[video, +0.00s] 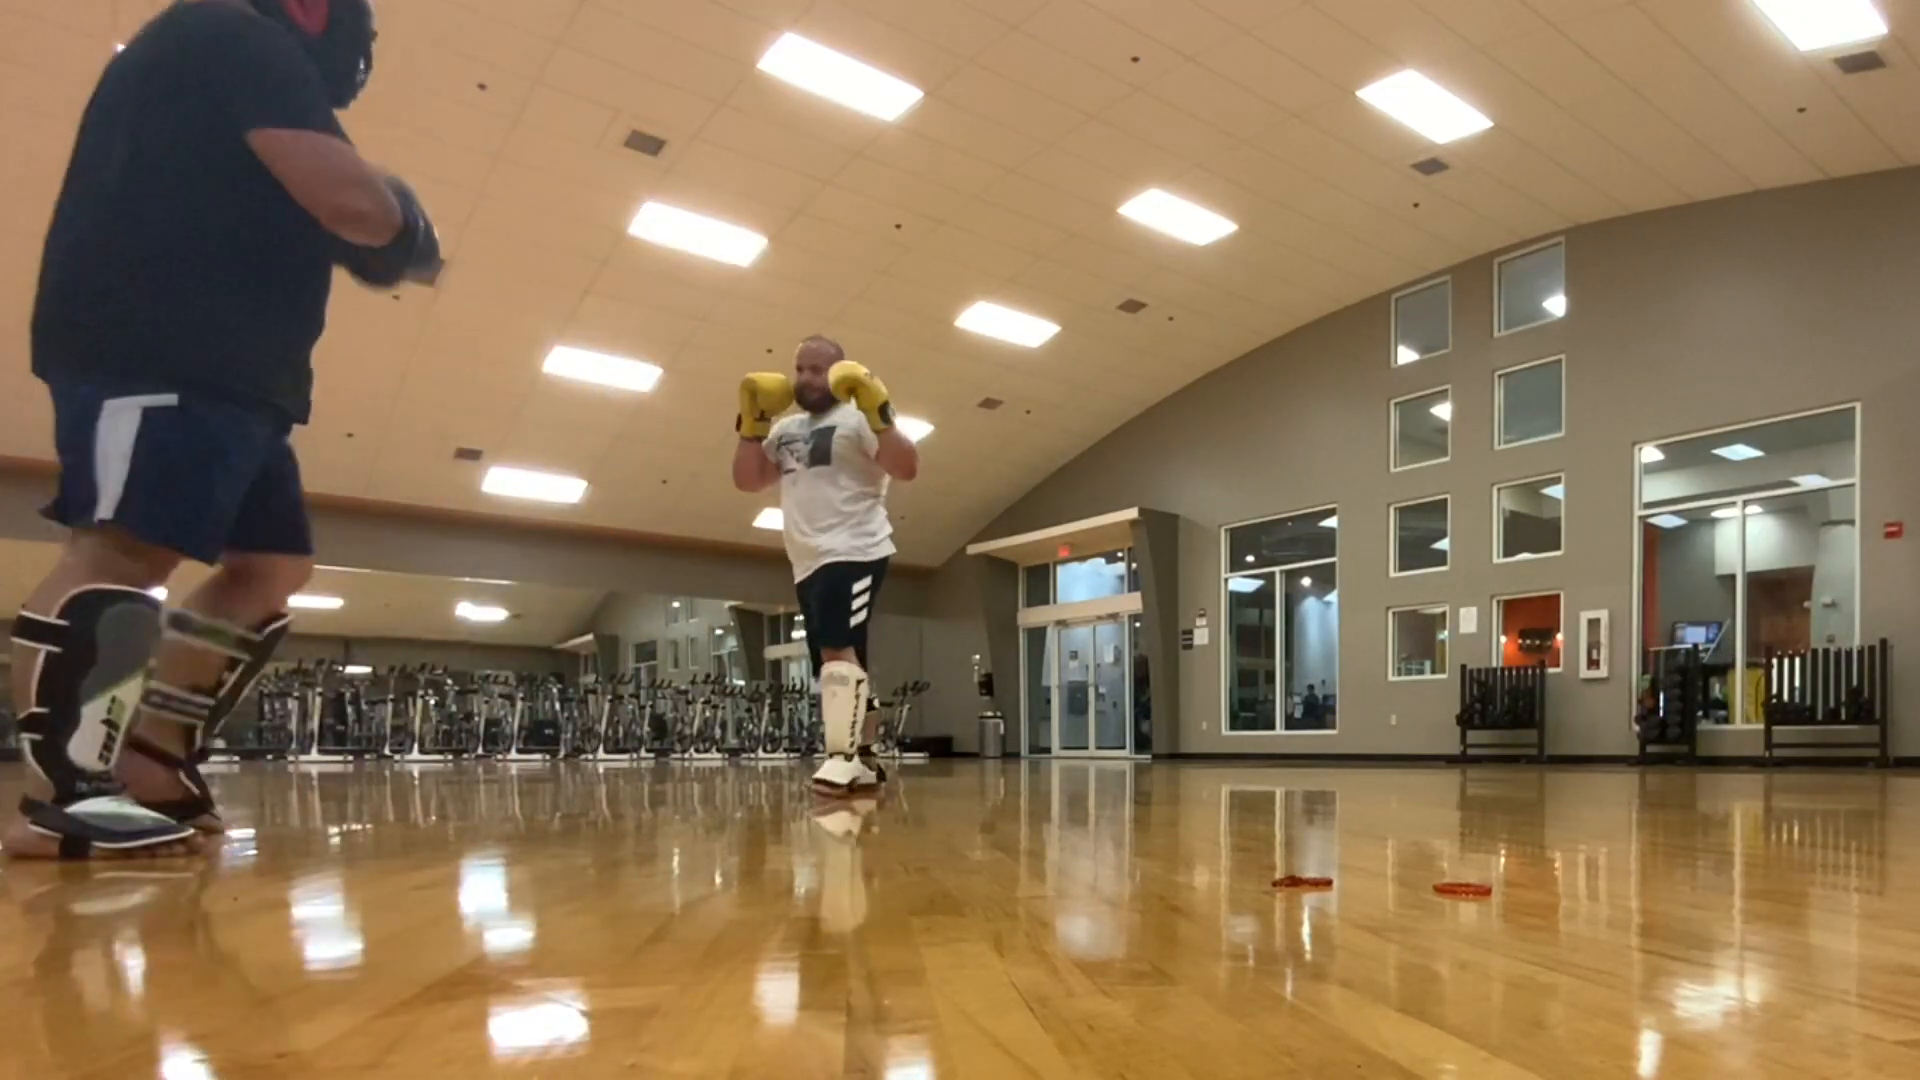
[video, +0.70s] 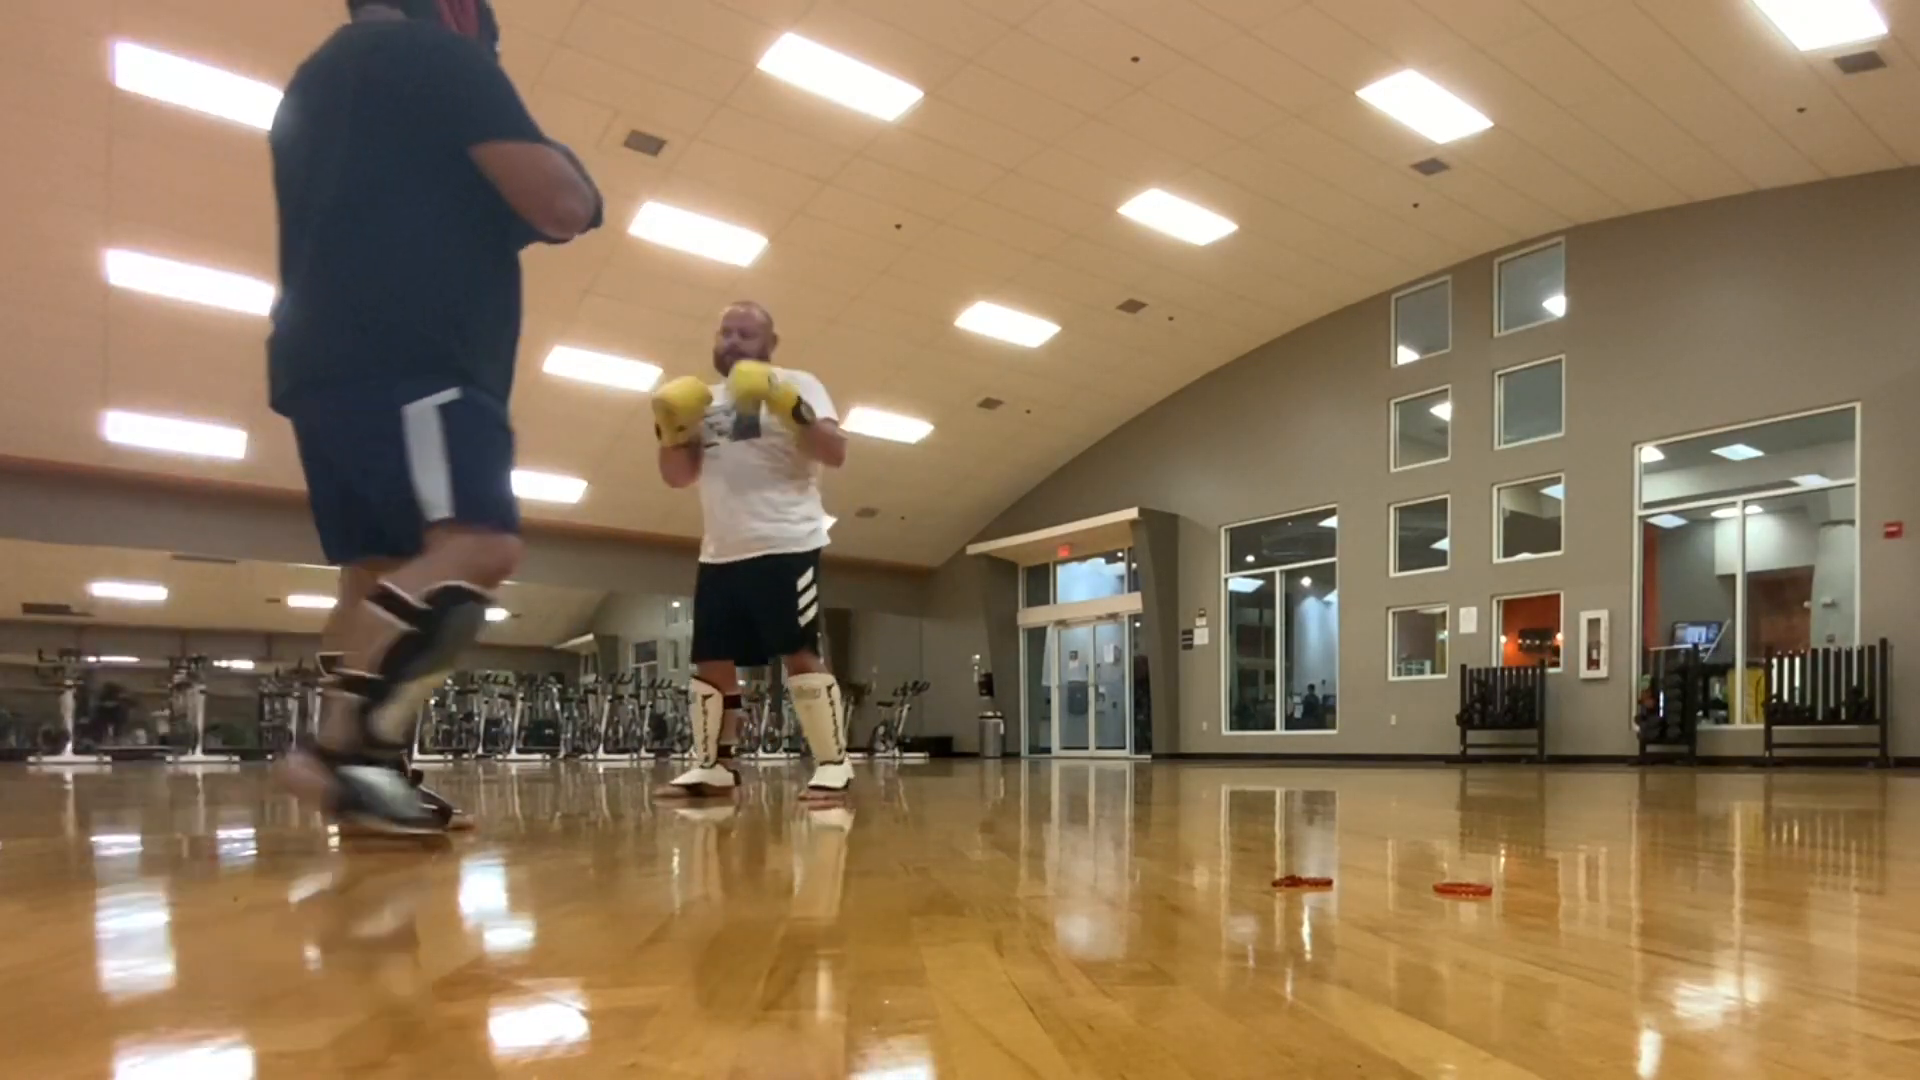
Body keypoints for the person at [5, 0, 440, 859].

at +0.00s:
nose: (362, 49)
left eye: (366, 37)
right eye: (358, 28)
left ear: (292, 10)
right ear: (307, 6)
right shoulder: (240, 36)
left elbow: (264, 211)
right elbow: (350, 203)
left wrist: (371, 249)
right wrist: (410, 226)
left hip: (216, 366)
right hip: (161, 350)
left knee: (272, 562)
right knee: (128, 551)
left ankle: (152, 760)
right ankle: (40, 785)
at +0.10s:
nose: (349, 60)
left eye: (355, 48)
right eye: (351, 39)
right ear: (316, 5)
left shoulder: (148, 31)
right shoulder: (256, 31)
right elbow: (372, 206)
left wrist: (345, 151)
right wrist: (407, 178)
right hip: (169, 349)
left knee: (304, 551)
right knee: (113, 556)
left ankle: (193, 739)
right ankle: (34, 790)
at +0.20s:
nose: (352, 67)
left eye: (359, 56)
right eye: (356, 47)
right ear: (329, 7)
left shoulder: (146, 35)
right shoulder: (273, 39)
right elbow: (397, 216)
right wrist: (412, 170)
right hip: (192, 356)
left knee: (313, 555)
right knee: (126, 558)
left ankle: (297, 761)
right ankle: (42, 784)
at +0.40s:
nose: (403, 57)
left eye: (403, 46)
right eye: (398, 37)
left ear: (289, 0)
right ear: (365, 8)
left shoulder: (195, 68)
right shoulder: (334, 48)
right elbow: (447, 222)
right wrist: (472, 233)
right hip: (272, 364)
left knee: (374, 579)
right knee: (194, 567)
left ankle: (378, 789)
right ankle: (61, 782)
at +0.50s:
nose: (428, 40)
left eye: (430, 32)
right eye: (423, 25)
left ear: (308, 0)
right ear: (387, 3)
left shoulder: (243, 75)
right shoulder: (365, 48)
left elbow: (328, 219)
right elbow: (492, 216)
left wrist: (446, 233)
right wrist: (508, 233)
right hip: (331, 362)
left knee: (394, 581)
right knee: (286, 565)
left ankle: (380, 787)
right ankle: (109, 754)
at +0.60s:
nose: (448, 26)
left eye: (448, 21)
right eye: (445, 16)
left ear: (333, 0)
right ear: (416, 2)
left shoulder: (279, 76)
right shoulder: (402, 48)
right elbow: (525, 205)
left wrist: (484, 220)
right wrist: (549, 201)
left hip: (294, 348)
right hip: (379, 343)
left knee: (364, 569)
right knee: (398, 560)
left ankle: (379, 784)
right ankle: (184, 725)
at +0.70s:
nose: (486, 32)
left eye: (485, 24)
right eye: (481, 19)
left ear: (371, 4)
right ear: (448, 4)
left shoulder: (314, 78)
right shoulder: (440, 52)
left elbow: (392, 209)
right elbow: (560, 203)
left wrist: (512, 208)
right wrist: (579, 187)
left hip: (322, 353)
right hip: (417, 346)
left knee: (374, 566)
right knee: (479, 542)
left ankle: (345, 762)